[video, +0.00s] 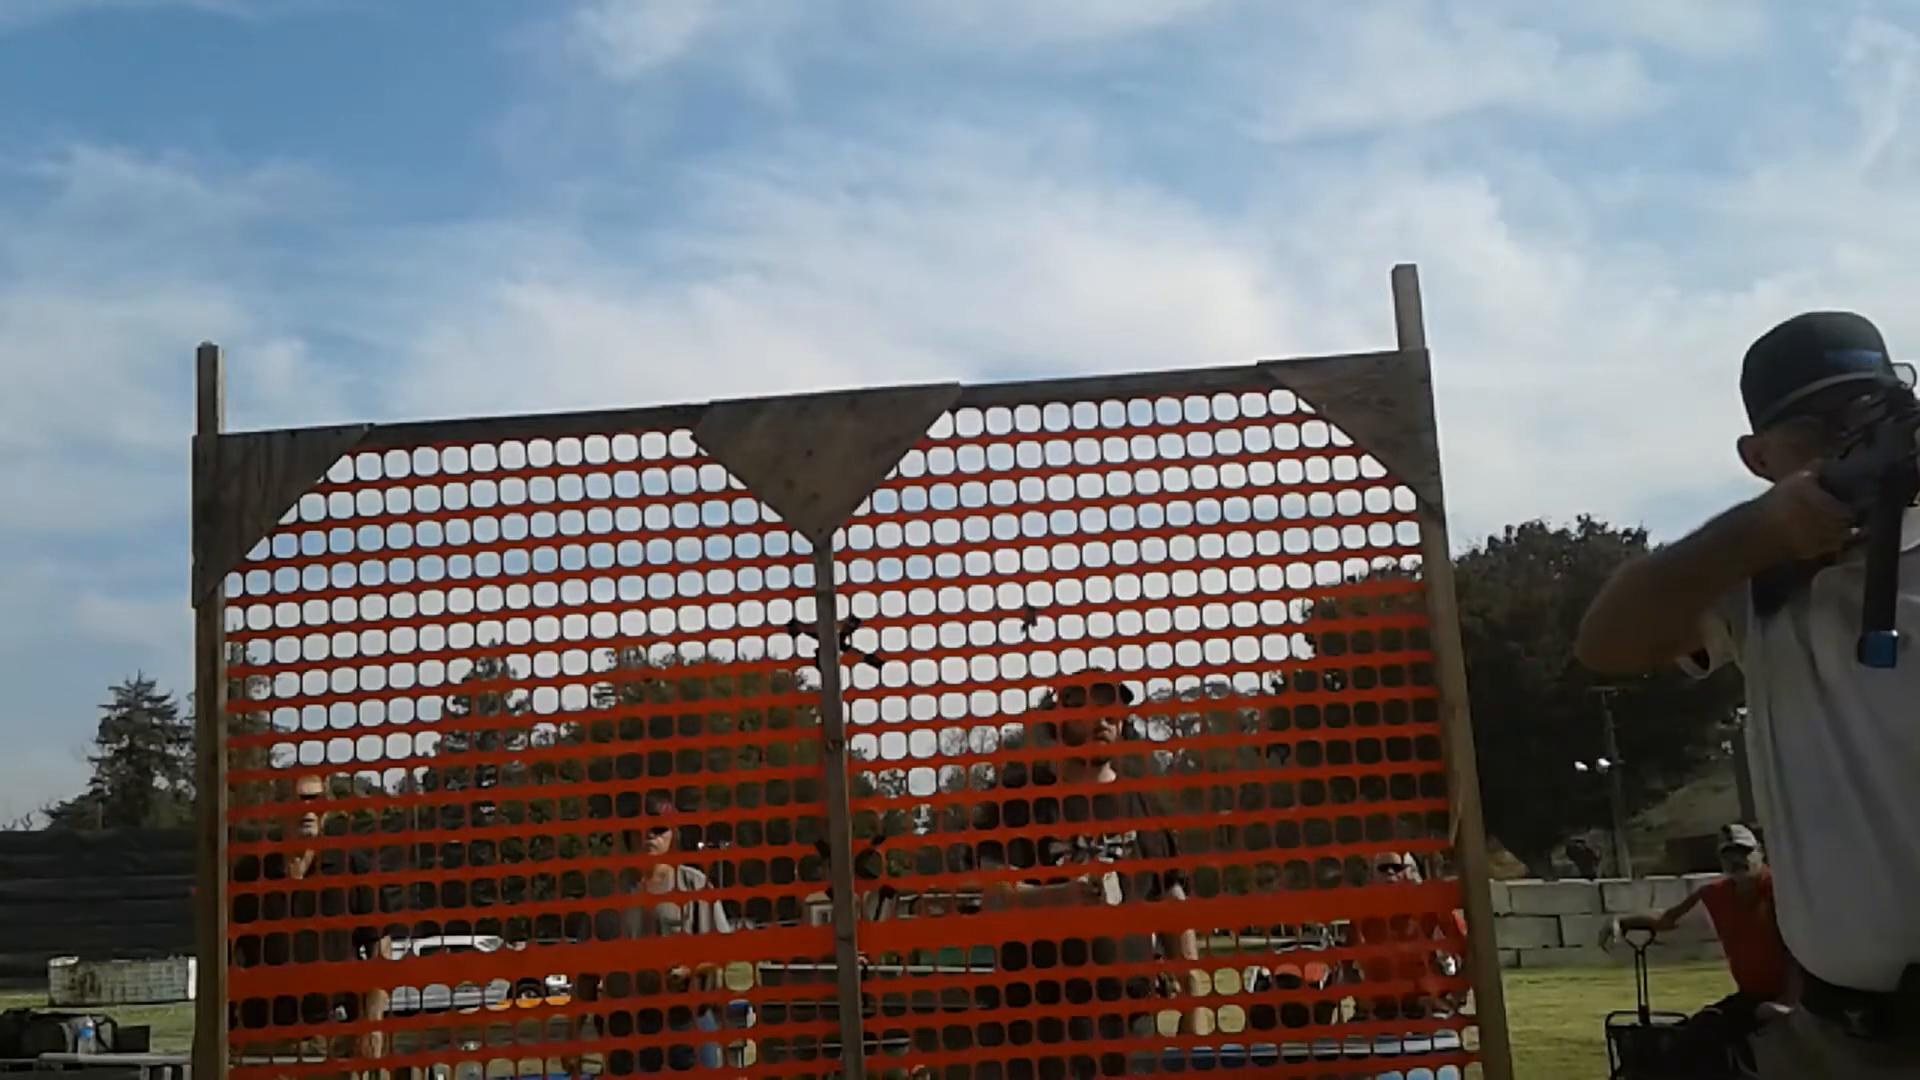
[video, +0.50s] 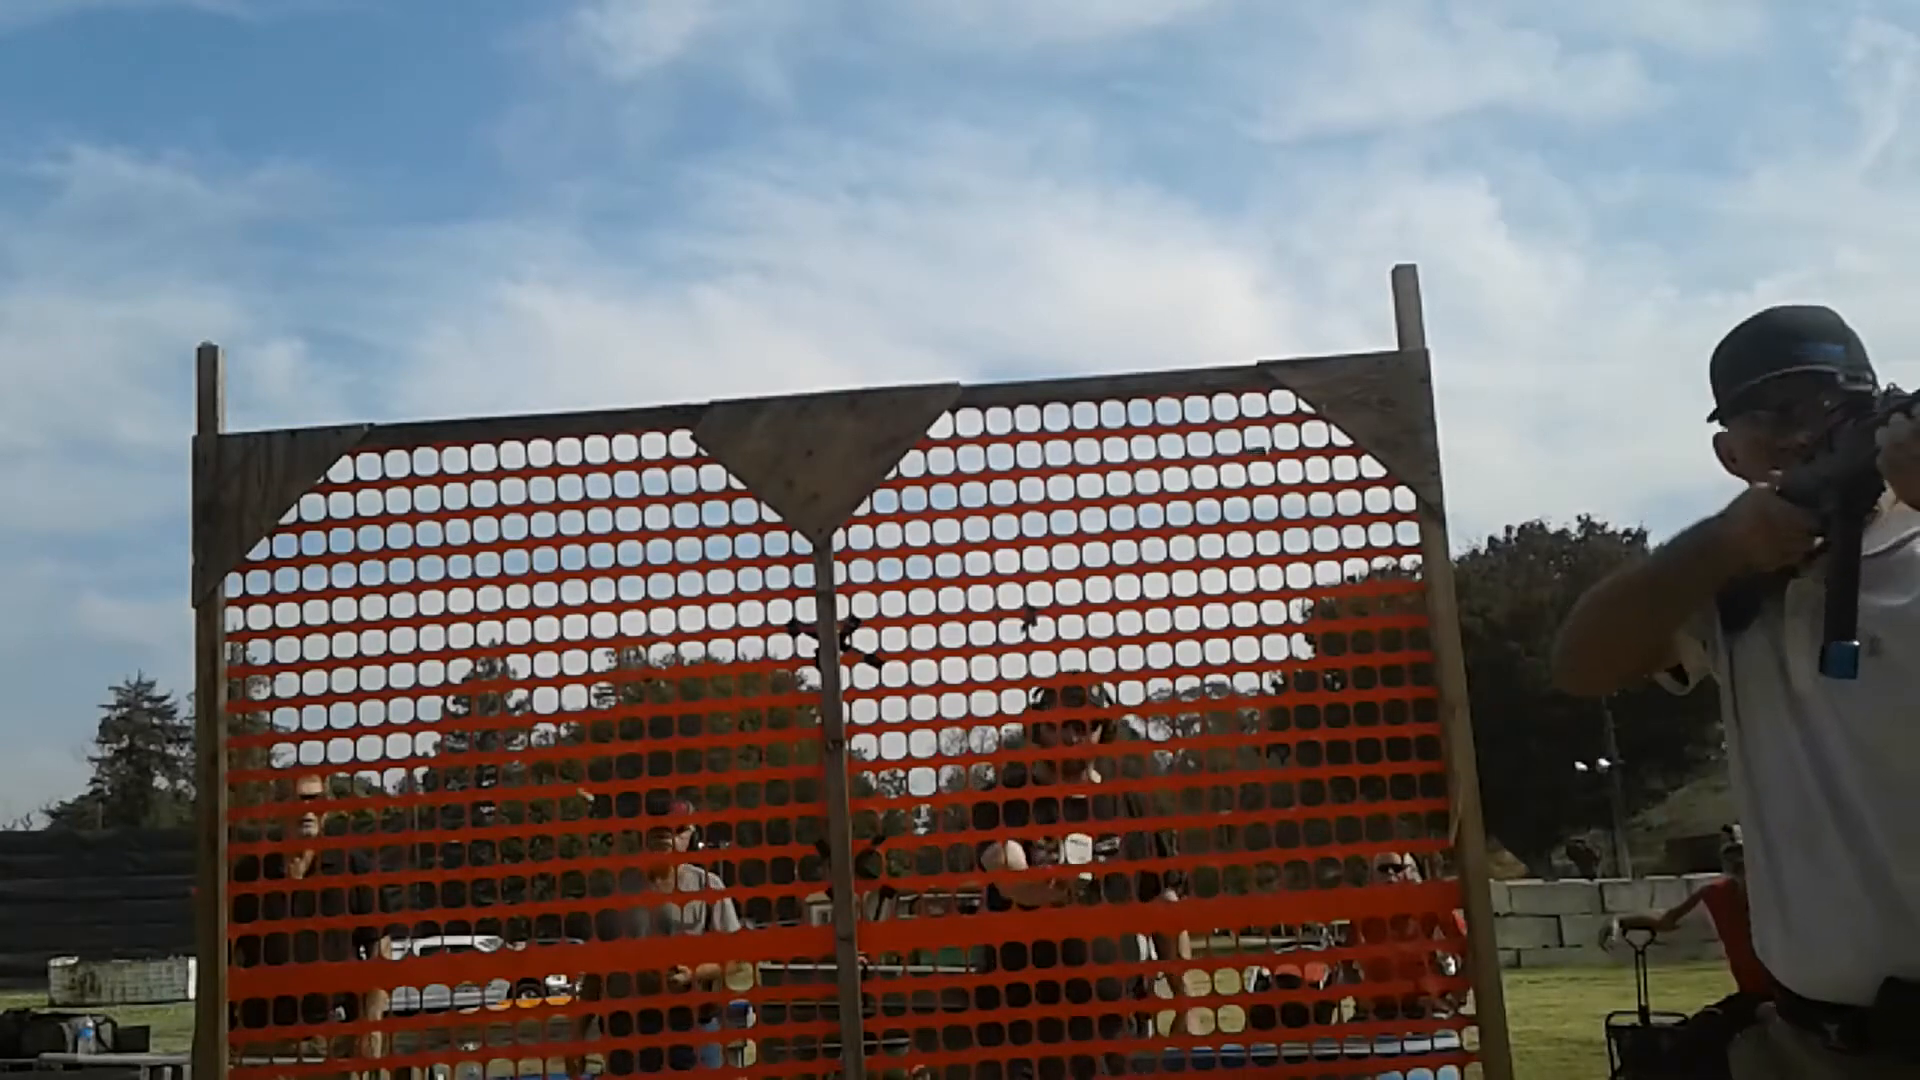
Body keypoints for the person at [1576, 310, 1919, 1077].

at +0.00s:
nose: (1850, 449)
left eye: (1868, 415)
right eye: (1816, 429)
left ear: (1899, 416)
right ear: (1759, 457)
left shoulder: (1916, 539)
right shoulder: (1764, 574)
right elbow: (1603, 643)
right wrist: (1770, 527)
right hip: (1821, 1025)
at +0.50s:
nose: (1805, 436)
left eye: (1827, 406)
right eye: (1774, 415)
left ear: (1875, 416)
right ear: (1731, 453)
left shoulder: (1912, 548)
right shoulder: (1735, 586)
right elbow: (1578, 662)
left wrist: (1913, 492)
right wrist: (1727, 543)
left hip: (1910, 1034)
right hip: (1796, 1036)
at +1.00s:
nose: (1448, 507)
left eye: (1460, 476)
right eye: (1409, 482)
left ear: (1483, 491)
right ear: (1337, 519)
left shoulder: (1570, 620)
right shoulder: (1327, 649)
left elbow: (1752, 788)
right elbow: (1193, 755)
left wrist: (1677, 630)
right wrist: (1346, 634)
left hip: (1648, 1036)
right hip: (1466, 1058)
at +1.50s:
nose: (1206, 511)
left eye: (1220, 481)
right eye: (1170, 488)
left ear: (1247, 489)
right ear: (1094, 518)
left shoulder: (1330, 630)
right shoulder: (1061, 631)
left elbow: (1522, 756)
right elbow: (939, 732)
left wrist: (1500, 581)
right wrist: (1130, 597)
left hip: (1344, 1054)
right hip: (1141, 1063)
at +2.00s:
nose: (1112, 498)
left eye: (1123, 472)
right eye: (1077, 477)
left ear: (1144, 479)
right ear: (993, 503)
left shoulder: (1224, 621)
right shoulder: (952, 624)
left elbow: (1413, 750)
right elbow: (828, 707)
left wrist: (1397, 571)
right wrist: (1024, 580)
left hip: (1227, 1052)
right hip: (1027, 1059)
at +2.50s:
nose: (1103, 506)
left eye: (1115, 480)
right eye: (1070, 485)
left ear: (1138, 485)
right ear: (981, 511)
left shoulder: (1206, 633)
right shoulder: (934, 638)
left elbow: (1395, 760)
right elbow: (810, 714)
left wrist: (1381, 581)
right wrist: (1009, 587)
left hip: (1198, 1055)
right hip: (994, 1060)